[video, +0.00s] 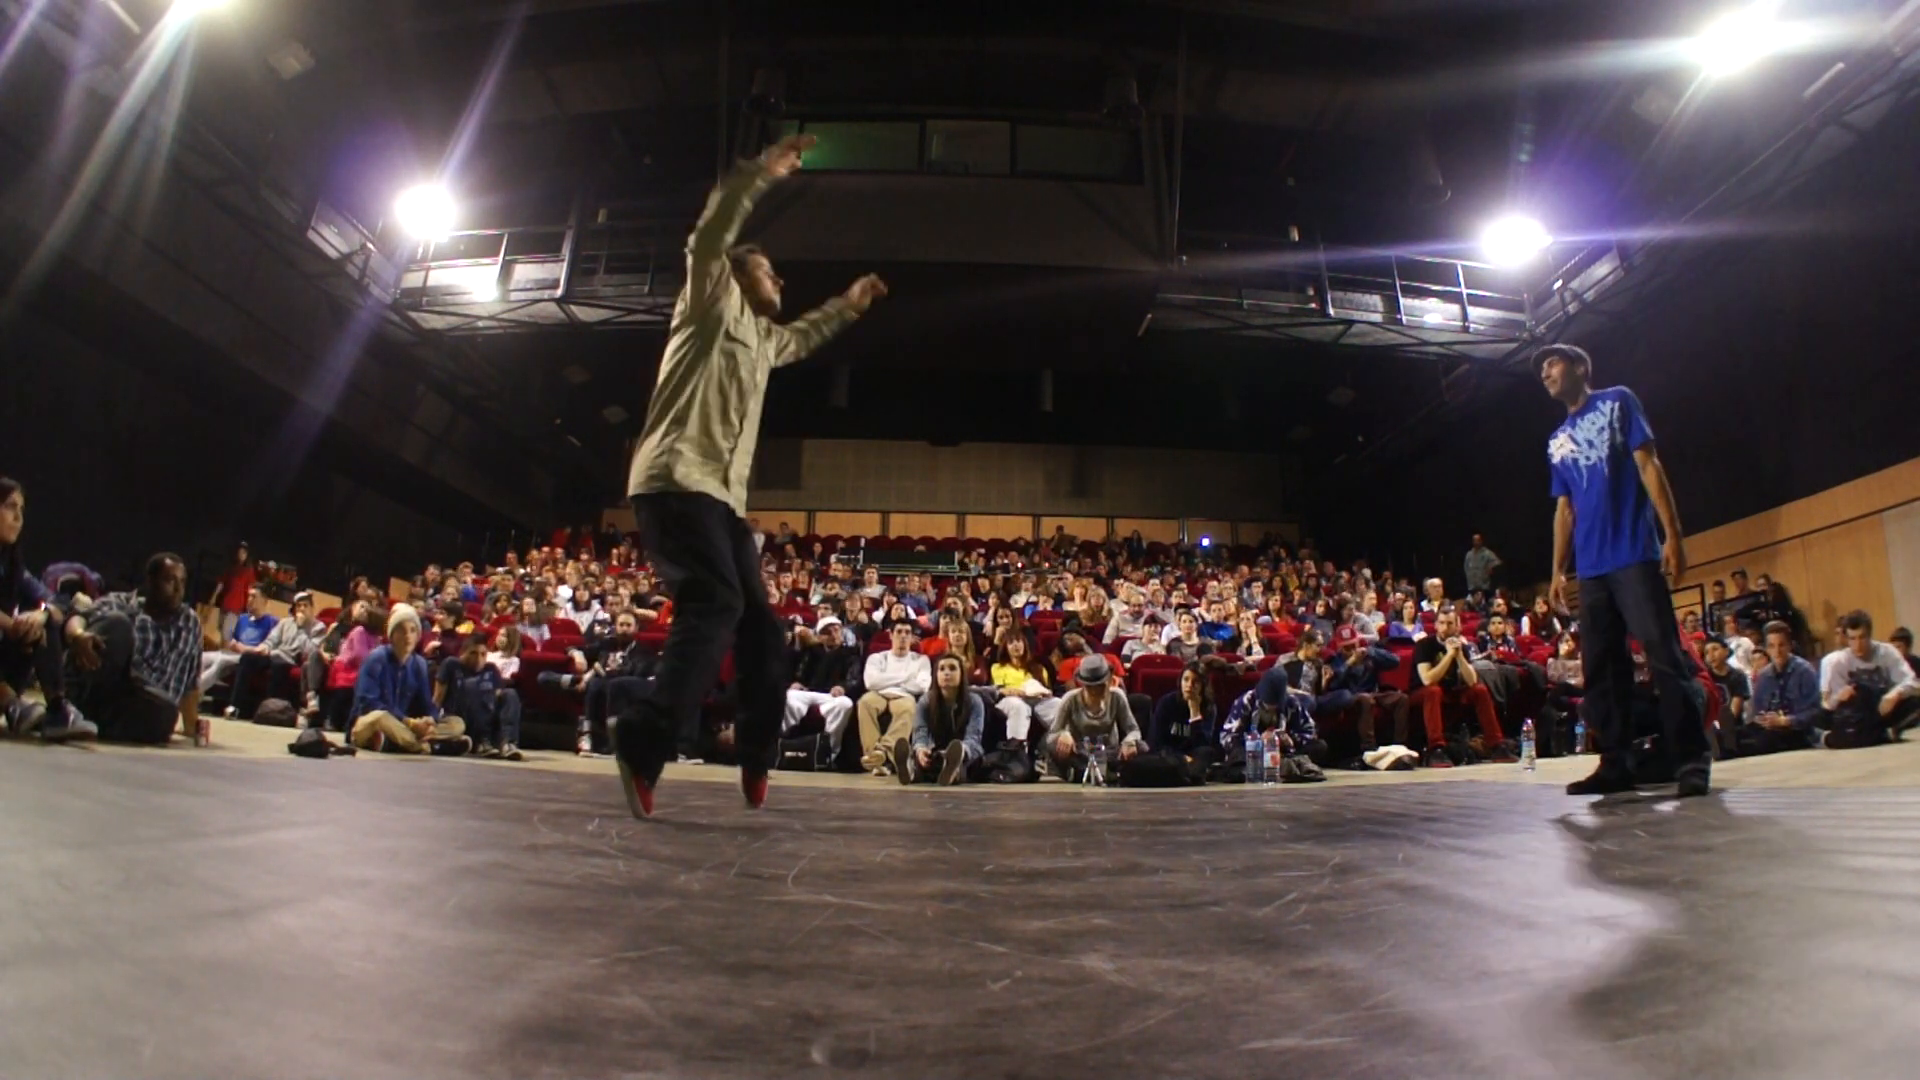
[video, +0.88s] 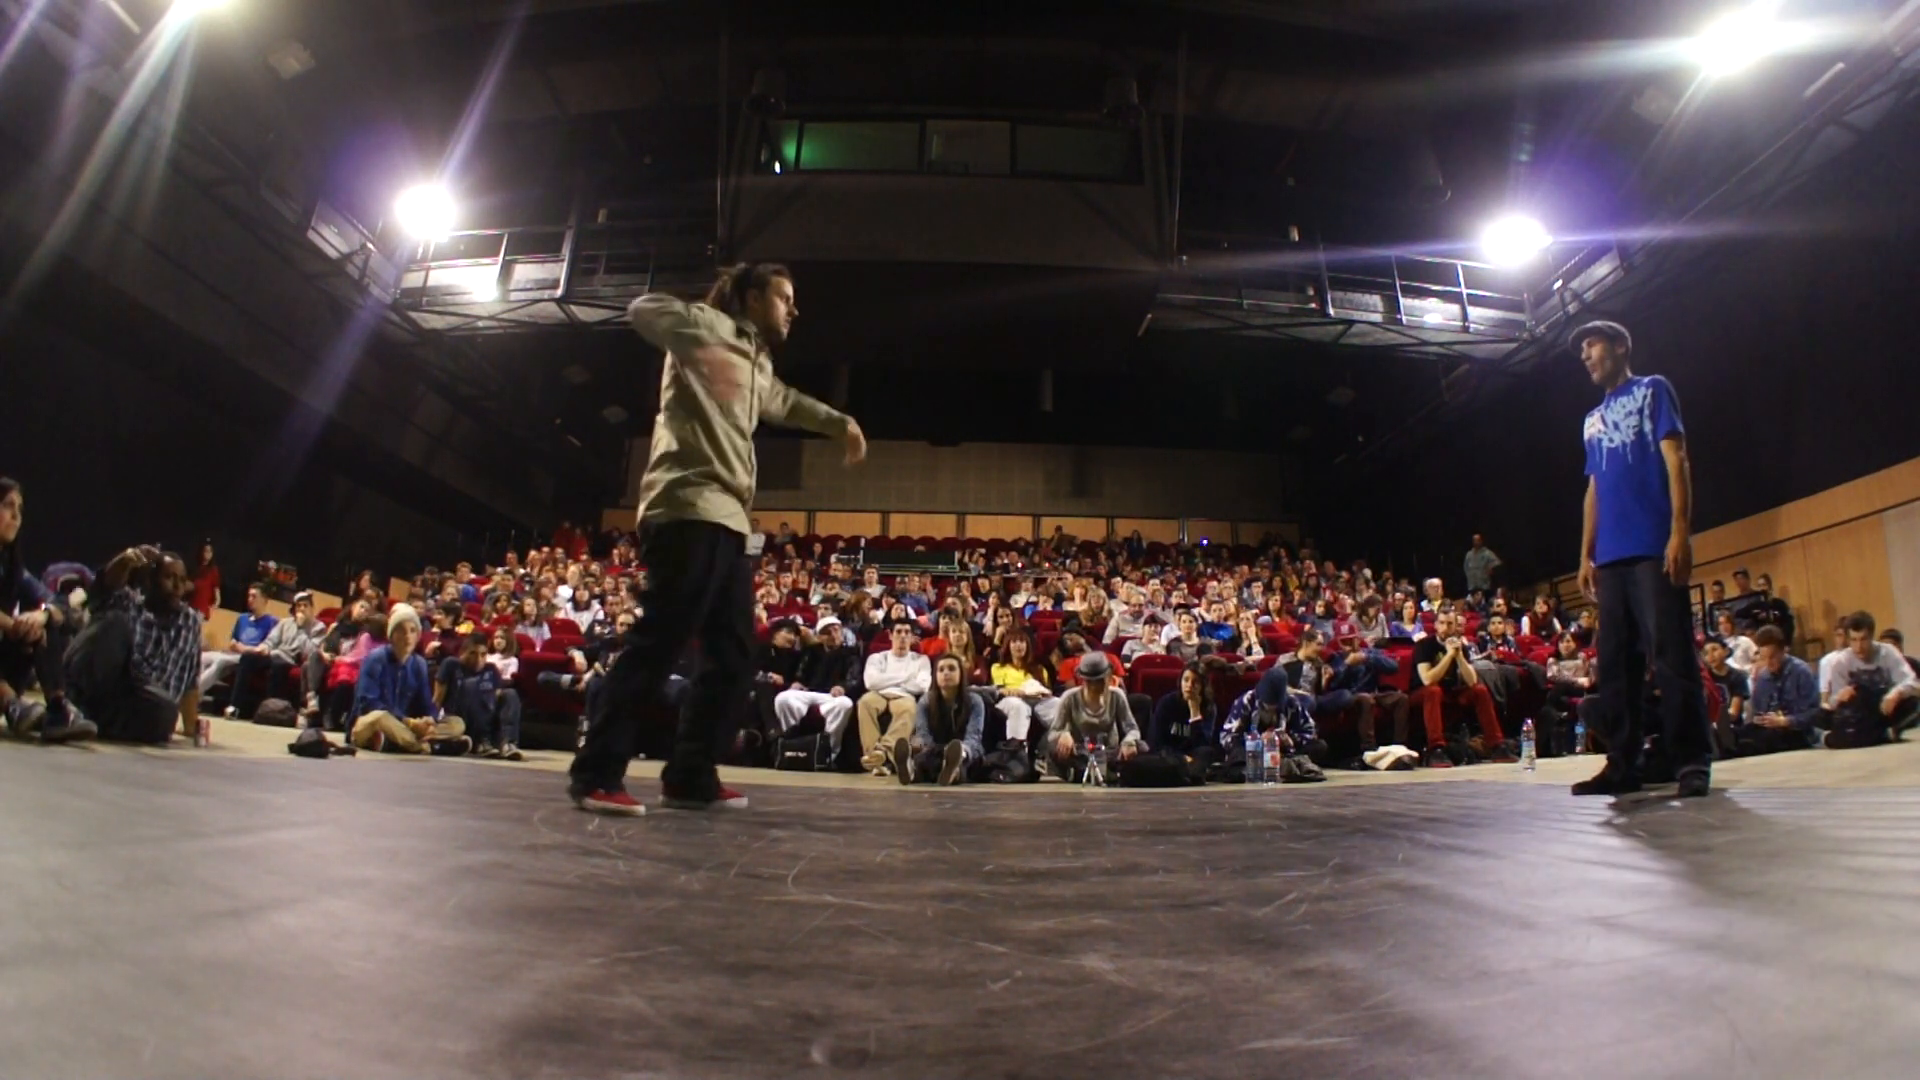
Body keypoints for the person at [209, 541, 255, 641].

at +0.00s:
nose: (241, 555)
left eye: (244, 553)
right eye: (240, 552)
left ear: (247, 555)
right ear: (236, 553)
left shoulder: (248, 570)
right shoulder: (231, 567)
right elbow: (221, 583)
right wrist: (213, 599)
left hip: (237, 605)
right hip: (225, 604)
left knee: (227, 631)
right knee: (222, 630)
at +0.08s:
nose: (238, 553)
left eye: (240, 550)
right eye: (236, 550)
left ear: (244, 552)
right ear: (233, 551)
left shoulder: (245, 565)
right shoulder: (229, 563)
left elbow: (247, 582)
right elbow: (220, 582)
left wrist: (243, 595)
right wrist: (214, 597)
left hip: (235, 602)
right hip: (222, 601)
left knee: (227, 633)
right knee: (217, 627)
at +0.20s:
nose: (233, 551)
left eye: (235, 548)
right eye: (231, 548)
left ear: (239, 550)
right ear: (228, 549)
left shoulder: (241, 563)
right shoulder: (224, 561)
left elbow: (245, 578)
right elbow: (218, 581)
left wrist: (237, 583)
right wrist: (212, 597)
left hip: (232, 600)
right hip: (219, 598)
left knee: (228, 631)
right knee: (212, 624)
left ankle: (227, 650)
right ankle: (205, 643)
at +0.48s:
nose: (218, 560)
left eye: (220, 557)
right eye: (216, 557)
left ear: (224, 559)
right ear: (213, 558)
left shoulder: (226, 572)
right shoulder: (209, 571)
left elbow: (237, 585)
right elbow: (202, 586)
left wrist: (241, 577)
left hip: (218, 609)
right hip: (205, 608)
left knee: (217, 637)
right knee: (202, 638)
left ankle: (227, 653)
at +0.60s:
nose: (214, 558)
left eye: (216, 555)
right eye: (212, 555)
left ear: (219, 557)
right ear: (207, 556)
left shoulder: (221, 570)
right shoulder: (203, 569)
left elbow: (227, 586)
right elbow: (196, 588)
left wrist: (234, 585)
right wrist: (184, 592)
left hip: (213, 606)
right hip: (199, 606)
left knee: (207, 631)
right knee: (196, 630)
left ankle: (217, 642)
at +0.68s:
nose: (212, 555)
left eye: (214, 552)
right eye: (210, 552)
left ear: (217, 555)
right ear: (205, 554)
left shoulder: (219, 569)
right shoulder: (201, 567)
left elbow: (224, 583)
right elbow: (195, 585)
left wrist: (228, 593)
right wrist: (184, 590)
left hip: (211, 603)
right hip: (198, 602)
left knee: (204, 625)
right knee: (196, 625)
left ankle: (212, 640)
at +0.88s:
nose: (207, 554)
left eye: (209, 551)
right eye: (205, 551)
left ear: (212, 553)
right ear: (201, 552)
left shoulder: (213, 569)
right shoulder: (195, 566)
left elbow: (216, 586)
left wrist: (217, 600)